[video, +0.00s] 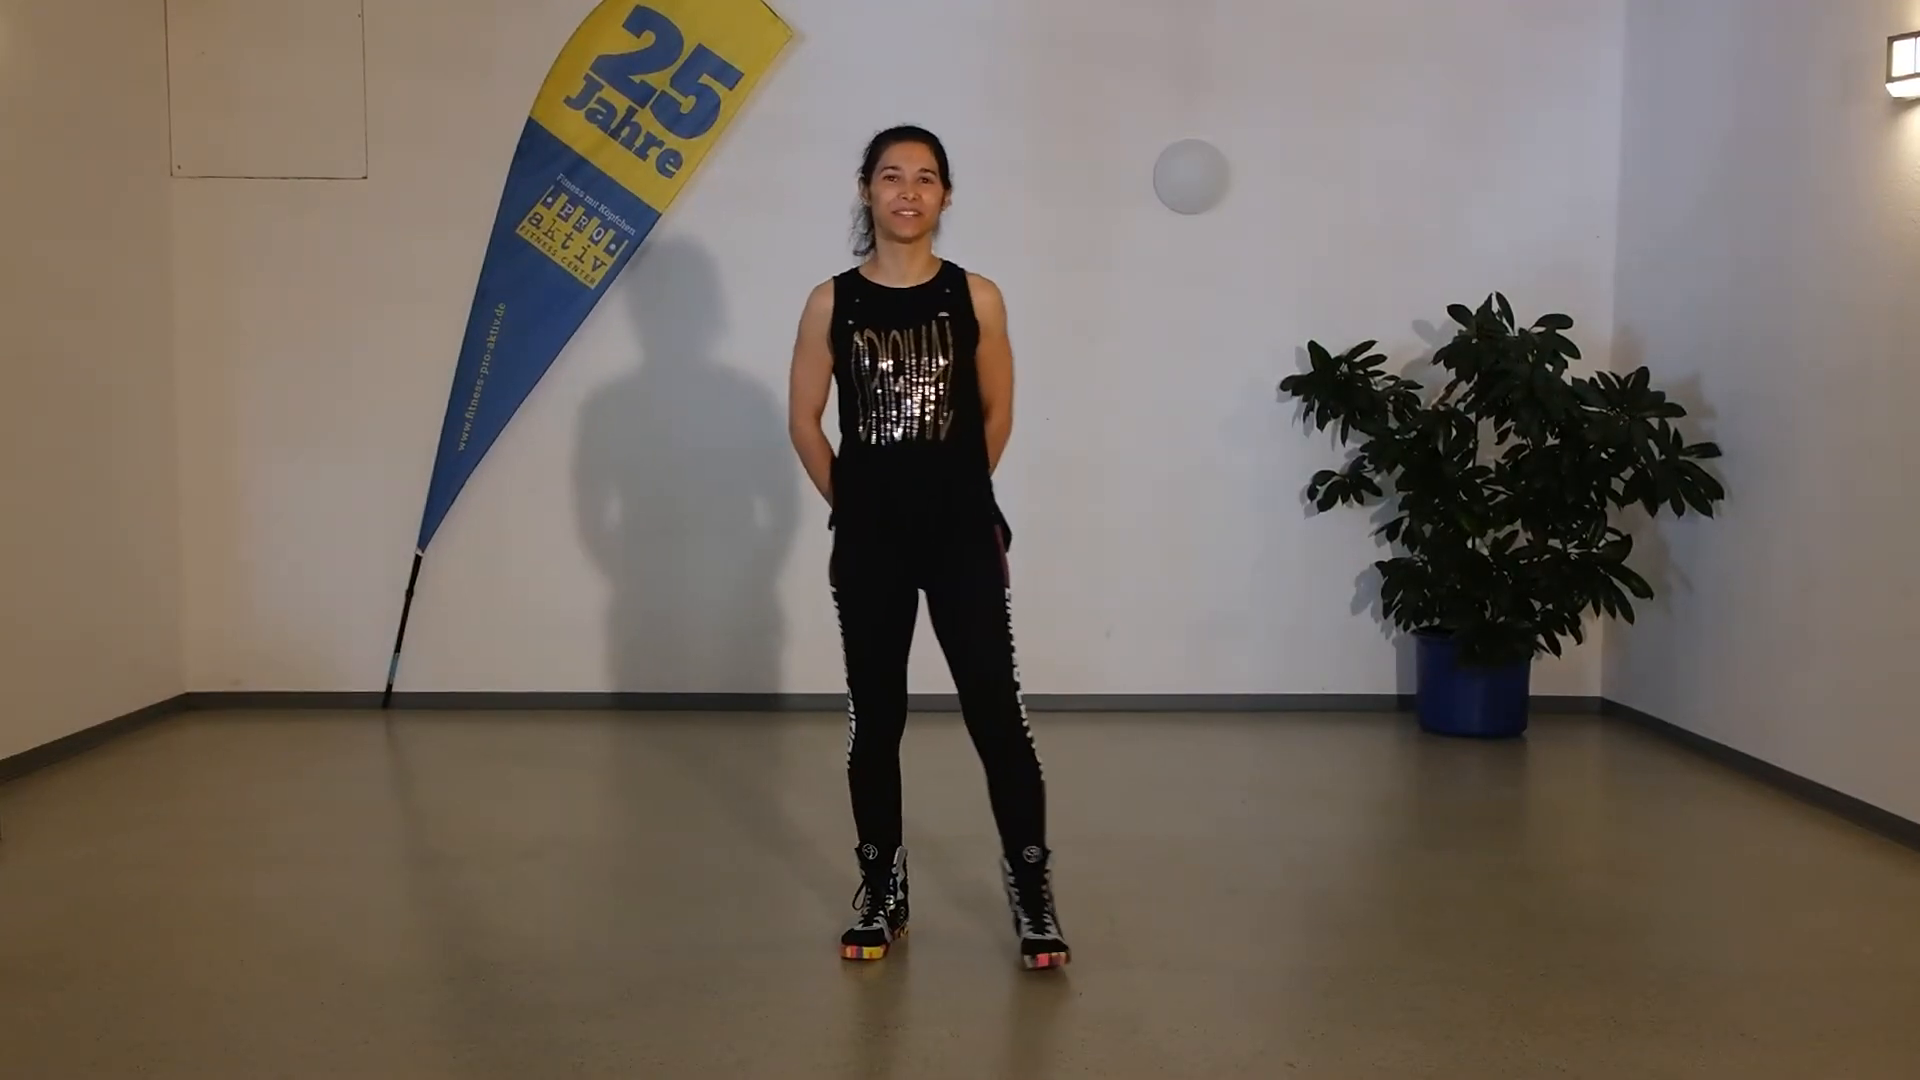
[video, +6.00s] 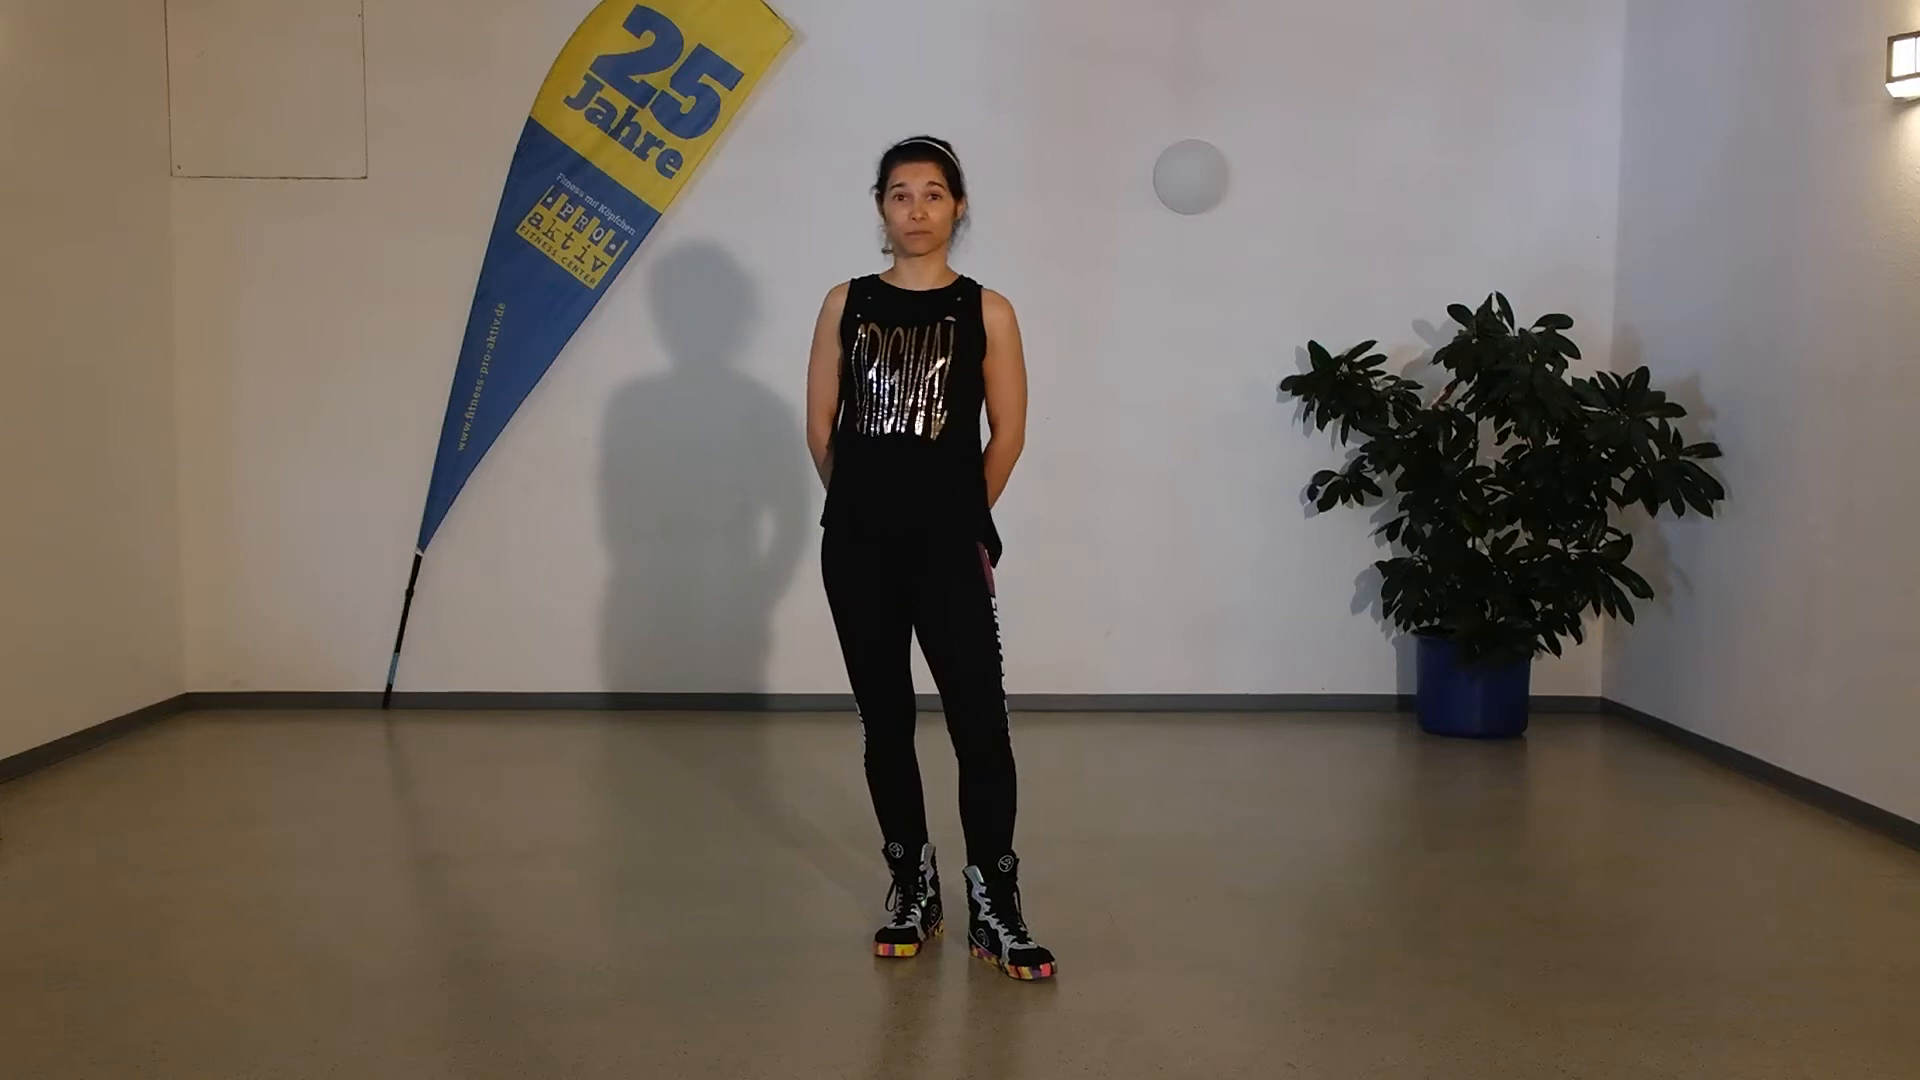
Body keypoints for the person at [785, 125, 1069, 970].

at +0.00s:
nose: (908, 191)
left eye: (924, 179)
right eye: (893, 177)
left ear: (945, 198)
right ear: (866, 193)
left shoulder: (976, 296)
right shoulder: (831, 303)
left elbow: (997, 416)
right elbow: (805, 424)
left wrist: (958, 490)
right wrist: (852, 504)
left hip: (960, 524)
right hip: (869, 527)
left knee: (995, 712)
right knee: (875, 717)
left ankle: (1033, 897)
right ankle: (882, 894)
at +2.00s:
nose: (941, 200)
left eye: (956, 185)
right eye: (924, 189)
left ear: (985, 199)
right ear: (908, 207)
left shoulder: (1018, 309)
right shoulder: (877, 298)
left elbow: (1035, 432)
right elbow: (847, 423)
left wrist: (988, 514)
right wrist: (881, 499)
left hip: (974, 536)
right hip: (883, 532)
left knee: (1002, 722)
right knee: (897, 718)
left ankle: (1040, 905)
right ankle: (911, 884)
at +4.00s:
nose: (921, 194)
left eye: (935, 183)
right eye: (904, 184)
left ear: (959, 203)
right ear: (881, 205)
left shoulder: (994, 298)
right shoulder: (849, 300)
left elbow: (1013, 418)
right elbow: (827, 423)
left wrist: (974, 496)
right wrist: (866, 504)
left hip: (970, 534)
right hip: (880, 537)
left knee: (1002, 721)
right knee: (898, 720)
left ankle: (999, 904)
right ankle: (914, 885)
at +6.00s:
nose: (914, 206)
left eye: (930, 193)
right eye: (899, 194)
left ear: (956, 209)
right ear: (880, 210)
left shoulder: (987, 309)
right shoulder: (846, 303)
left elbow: (1009, 431)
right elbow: (821, 427)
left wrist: (967, 517)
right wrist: (857, 501)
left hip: (950, 540)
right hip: (858, 540)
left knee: (980, 725)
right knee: (886, 723)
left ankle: (994, 903)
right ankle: (910, 886)